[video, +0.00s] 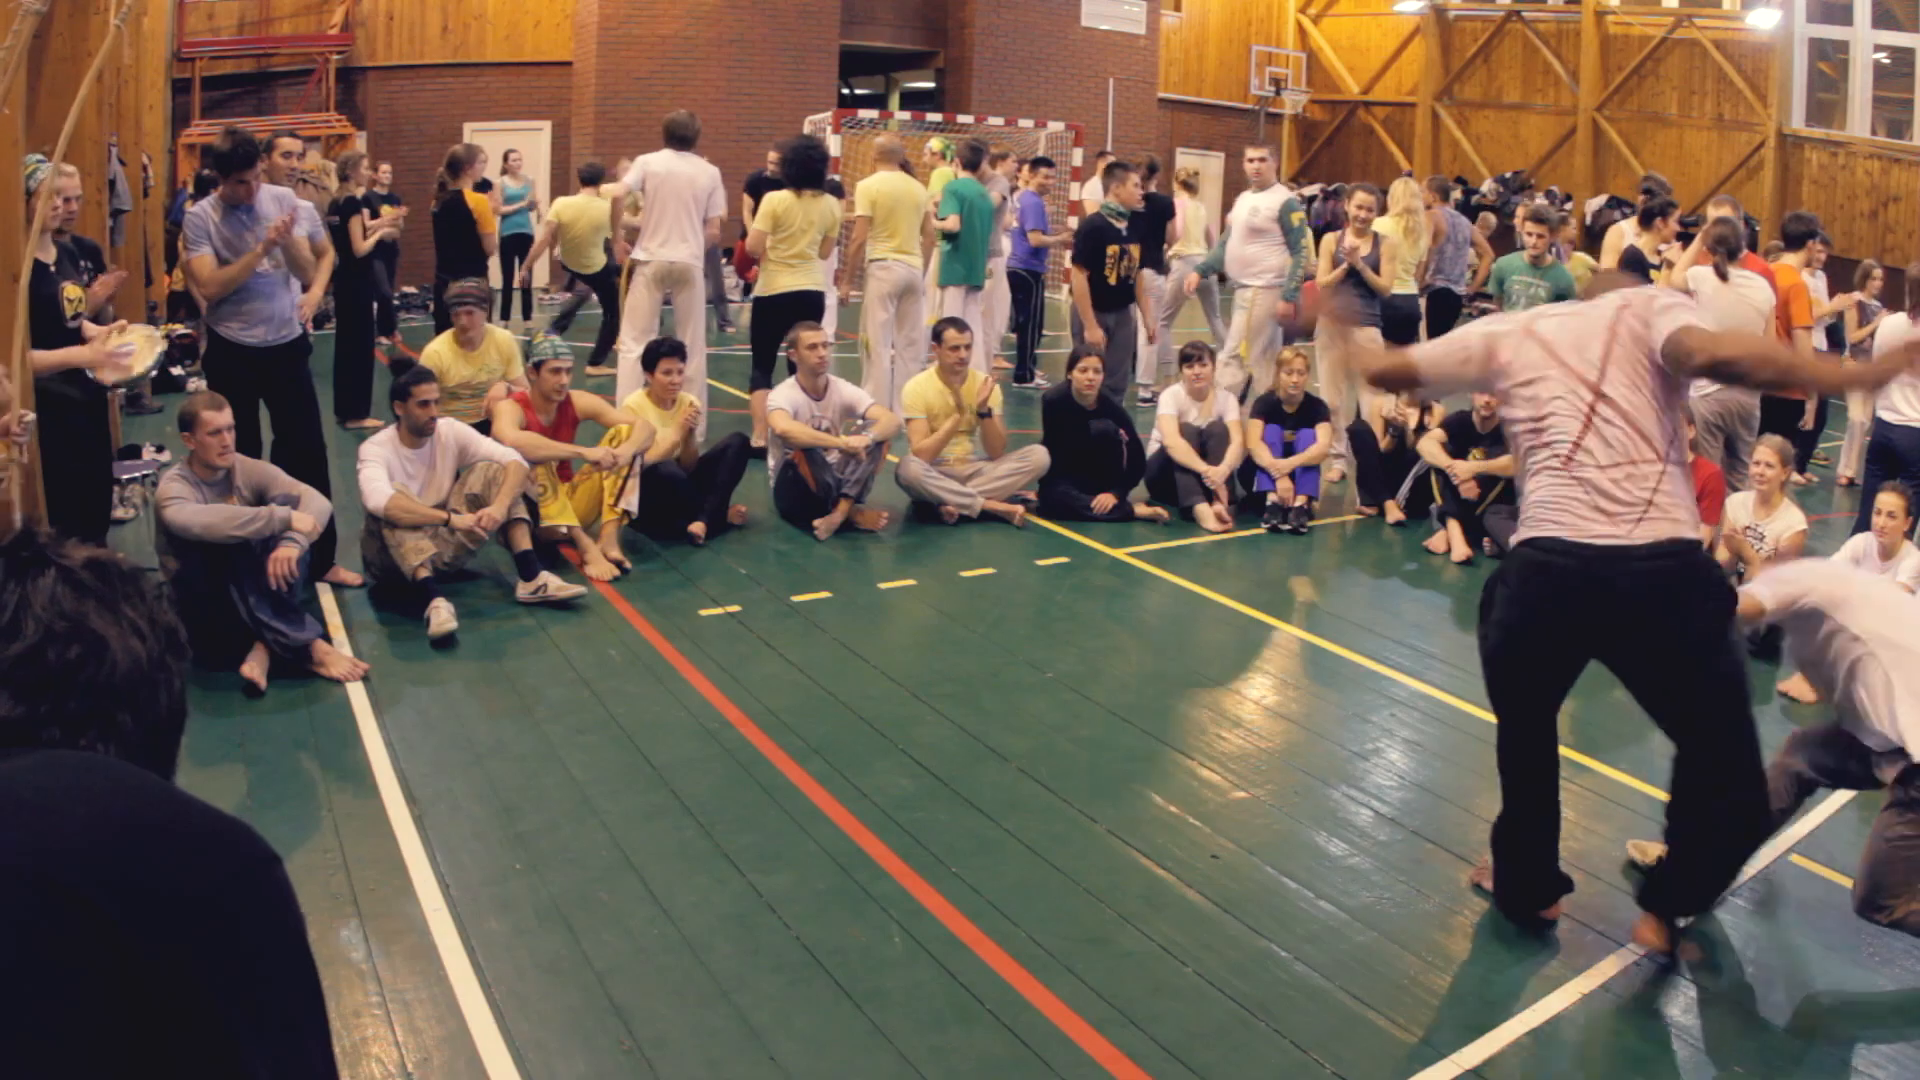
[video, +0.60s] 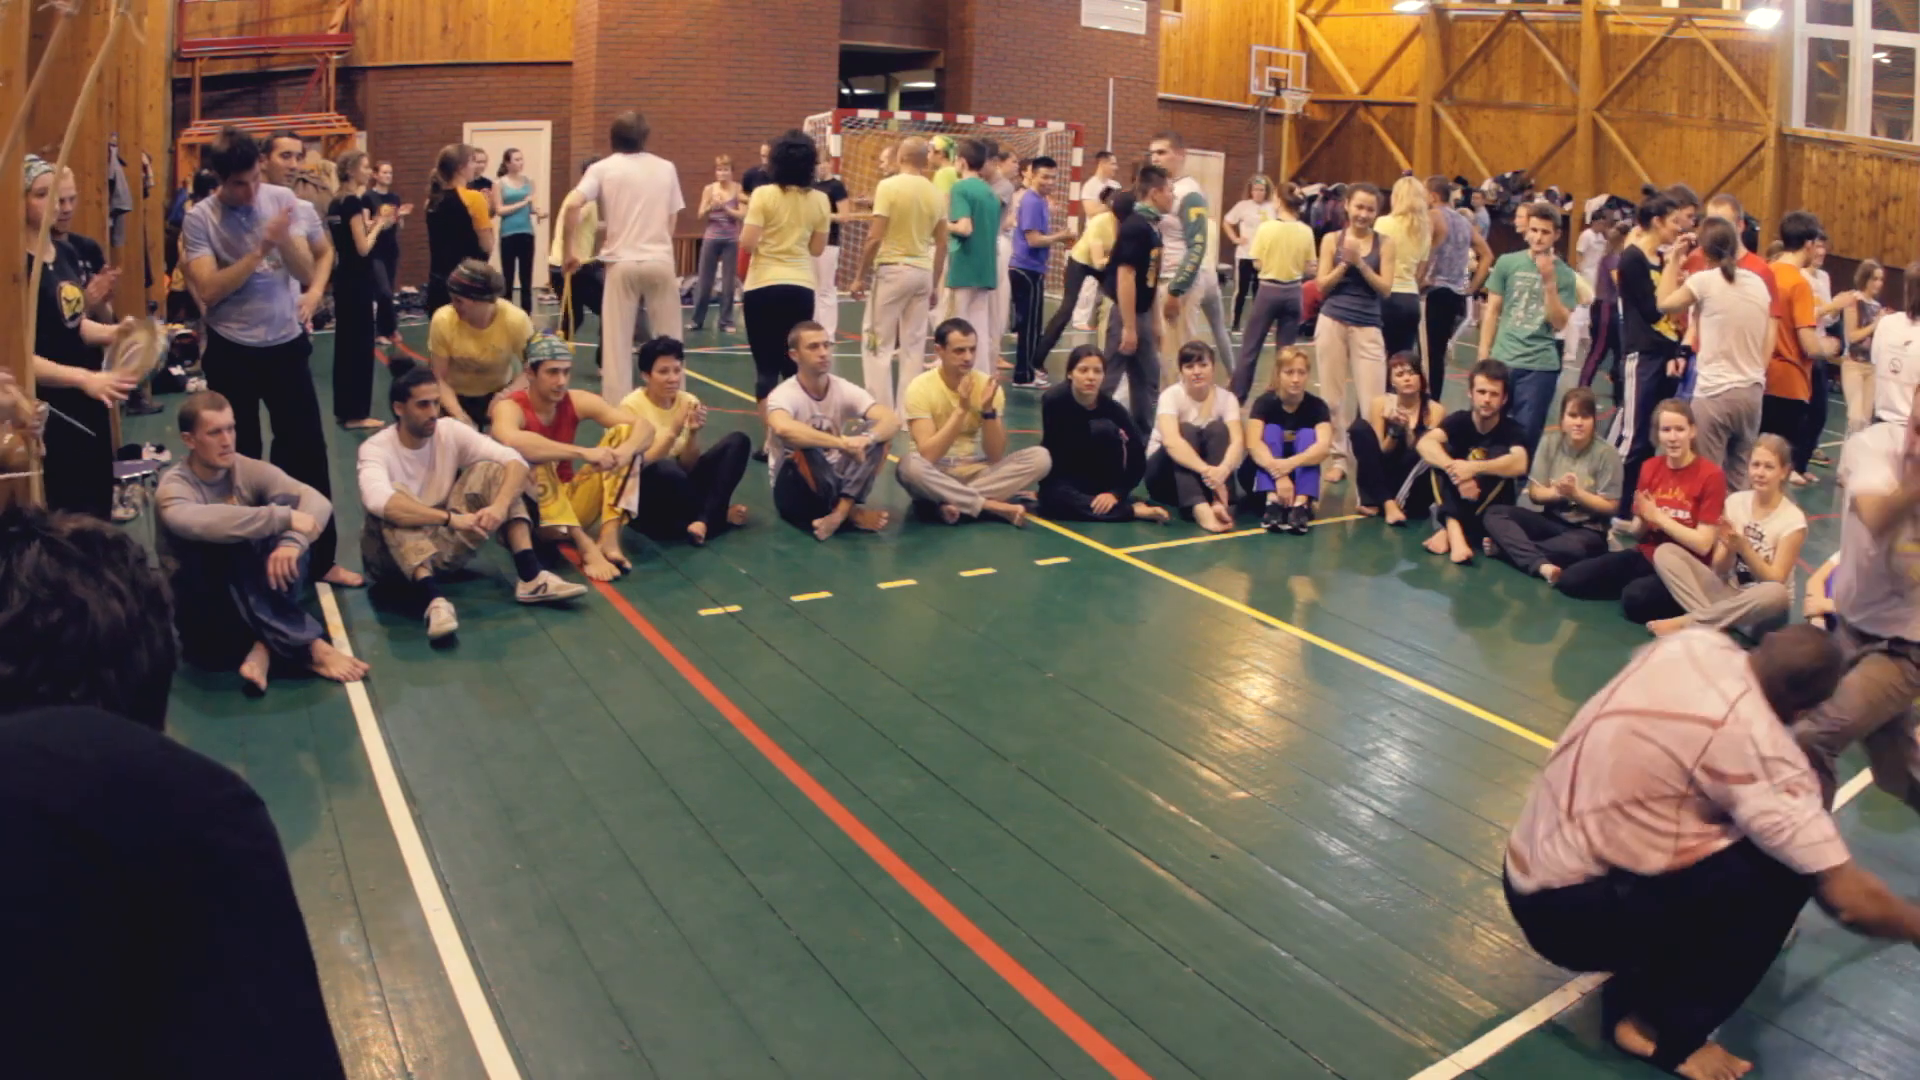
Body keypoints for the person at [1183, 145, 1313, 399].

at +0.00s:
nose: (1256, 166)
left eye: (1262, 160)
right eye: (1250, 161)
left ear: (1275, 164)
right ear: (1243, 166)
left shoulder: (1286, 201)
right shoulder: (1244, 198)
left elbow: (1302, 252)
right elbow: (1228, 240)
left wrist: (1289, 297)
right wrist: (1200, 271)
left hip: (1266, 288)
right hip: (1244, 286)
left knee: (1233, 356)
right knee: (1263, 357)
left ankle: (1219, 418)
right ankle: (1268, 416)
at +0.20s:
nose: (1223, 164)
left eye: (1230, 159)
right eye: (1219, 159)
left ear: (1244, 162)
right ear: (1215, 164)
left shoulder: (1253, 201)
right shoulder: (1216, 197)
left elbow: (1266, 252)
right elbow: (1204, 242)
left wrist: (1254, 299)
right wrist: (1177, 272)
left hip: (1235, 285)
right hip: (1211, 283)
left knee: (1217, 350)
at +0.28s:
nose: (1209, 163)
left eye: (1216, 157)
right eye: (1206, 157)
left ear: (1233, 160)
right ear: (1202, 161)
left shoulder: (1241, 200)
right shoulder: (1206, 193)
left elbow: (1250, 254)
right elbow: (1195, 240)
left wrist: (1236, 298)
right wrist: (1173, 272)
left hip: (1219, 281)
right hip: (1198, 279)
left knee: (1208, 348)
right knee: (1203, 348)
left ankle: (1253, 403)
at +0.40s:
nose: (1190, 161)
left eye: (1197, 155)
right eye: (1186, 156)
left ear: (1213, 159)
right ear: (1183, 159)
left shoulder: (1220, 198)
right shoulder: (1190, 193)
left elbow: (1227, 254)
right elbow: (1180, 243)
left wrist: (1202, 294)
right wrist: (1163, 278)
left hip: (1201, 284)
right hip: (1177, 282)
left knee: (1195, 352)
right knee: (1166, 347)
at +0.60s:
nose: (1155, 159)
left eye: (1161, 153)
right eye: (1152, 153)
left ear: (1180, 154)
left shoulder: (1188, 191)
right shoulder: (1158, 189)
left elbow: (1197, 246)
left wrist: (1176, 290)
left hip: (1180, 280)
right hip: (1158, 277)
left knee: (1177, 350)